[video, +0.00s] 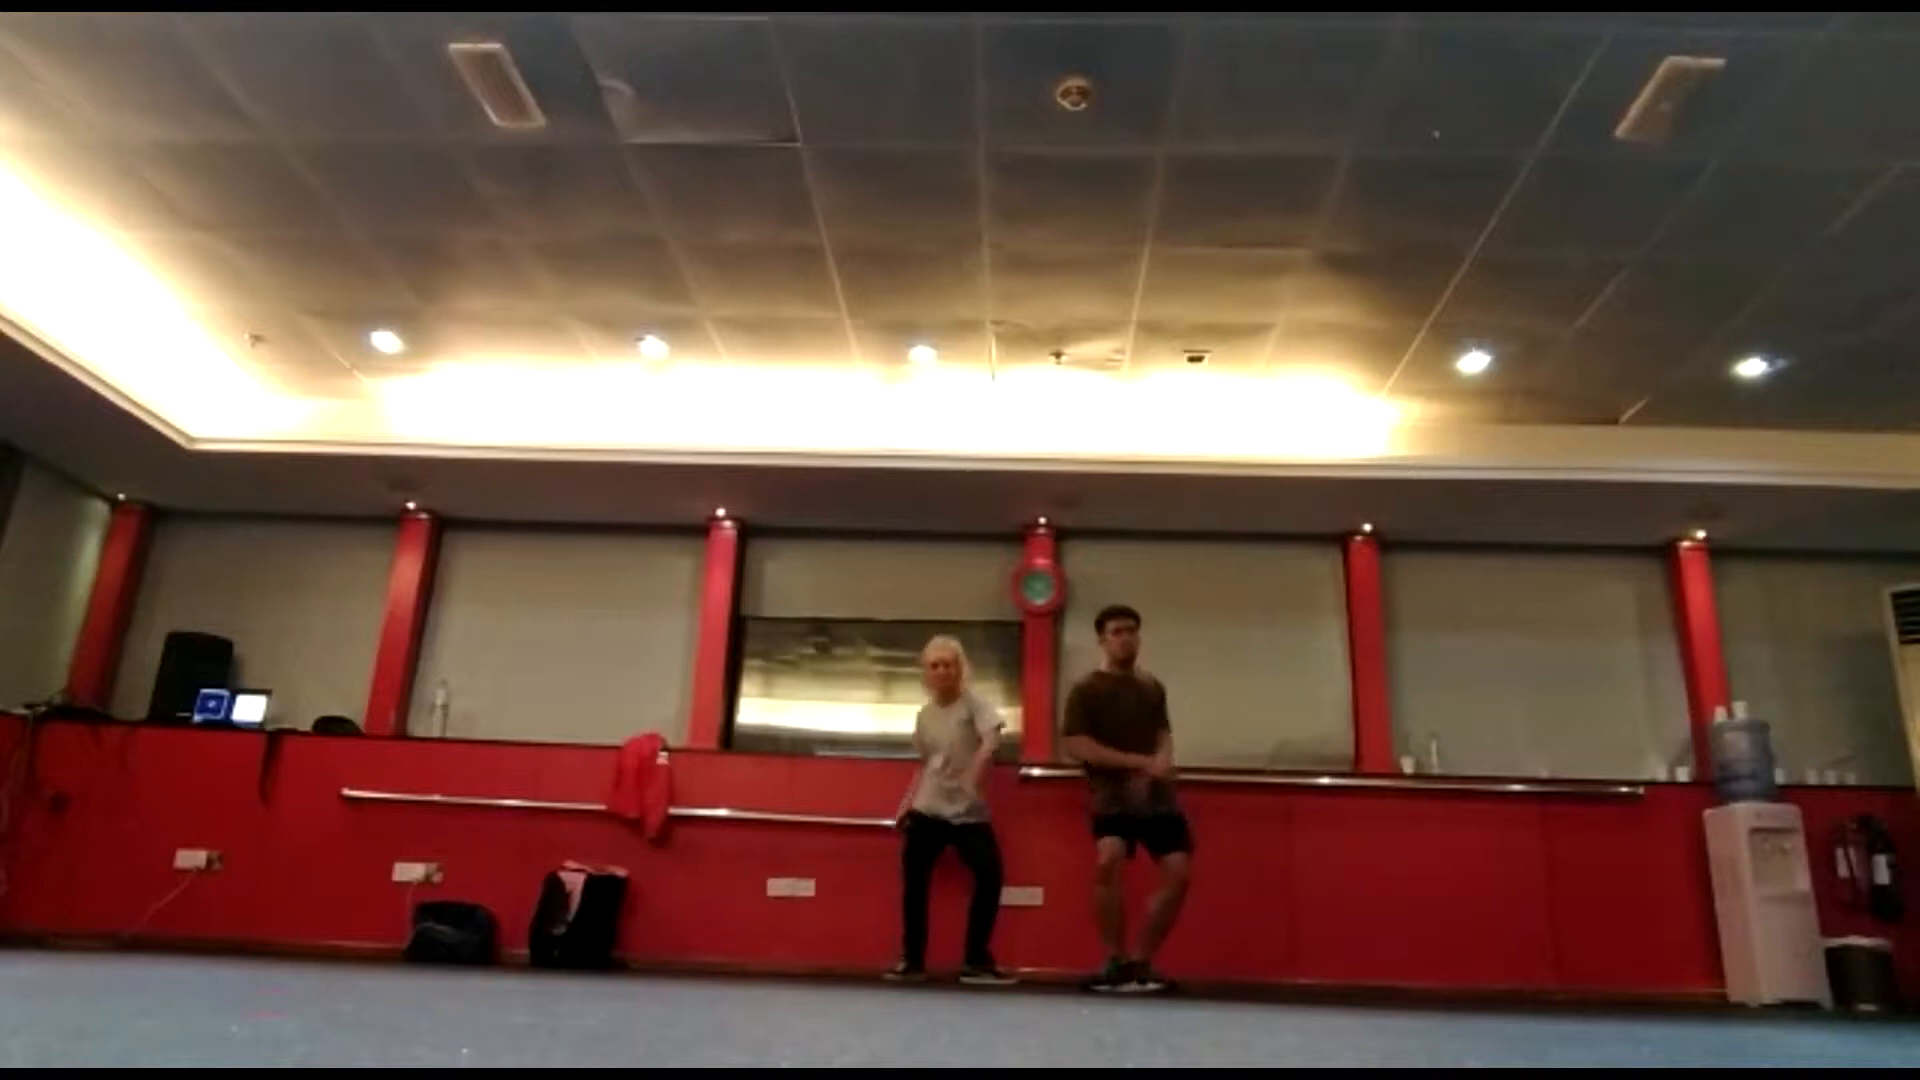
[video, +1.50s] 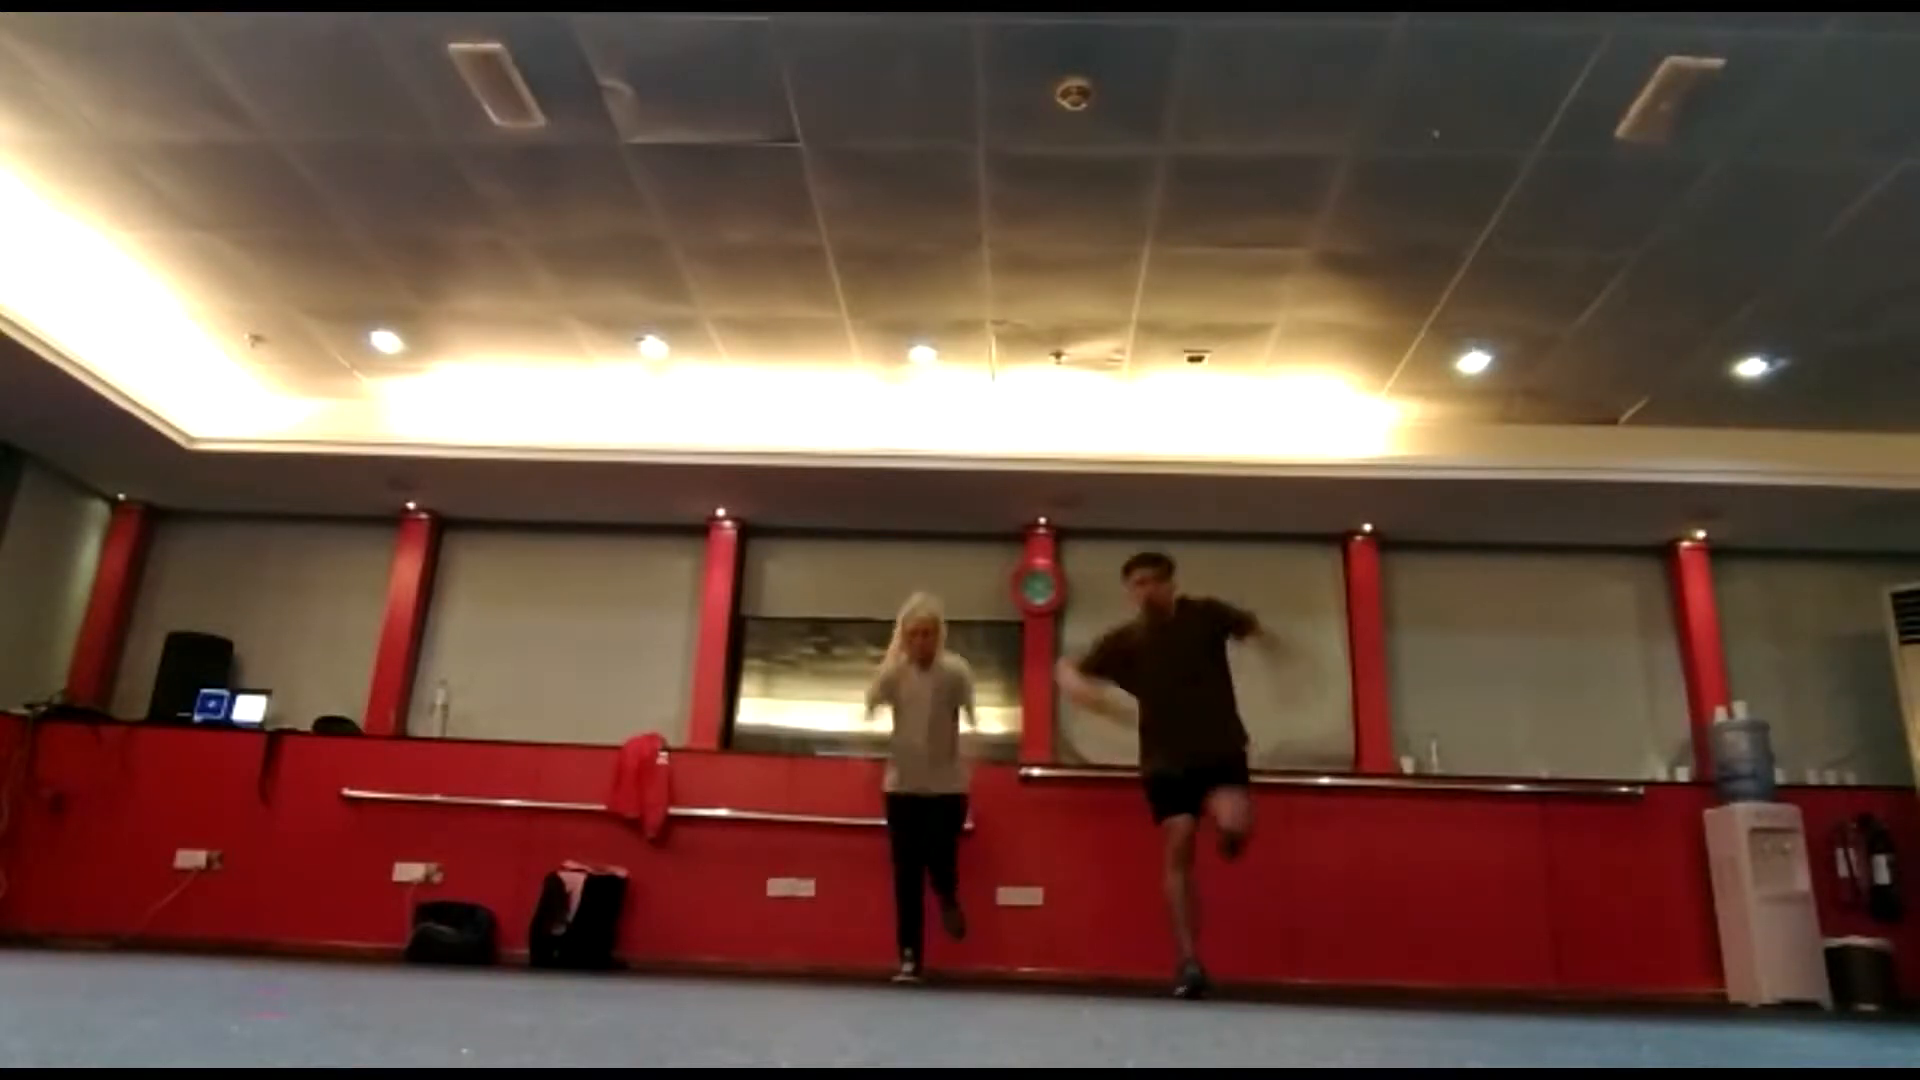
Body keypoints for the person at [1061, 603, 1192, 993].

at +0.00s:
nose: (1124, 639)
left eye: (1130, 631)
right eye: (1115, 632)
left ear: (1139, 637)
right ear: (1101, 640)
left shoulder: (1151, 689)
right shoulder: (1086, 690)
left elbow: (1162, 734)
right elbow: (1075, 744)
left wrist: (1162, 762)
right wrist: (1136, 762)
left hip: (1152, 791)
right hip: (1111, 793)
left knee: (1177, 869)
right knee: (1109, 858)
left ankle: (1142, 960)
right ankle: (1114, 957)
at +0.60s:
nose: (1162, 664)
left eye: (1170, 658)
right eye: (1157, 655)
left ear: (1180, 665)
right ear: (1143, 656)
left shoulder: (1179, 715)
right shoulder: (1110, 693)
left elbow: (1214, 764)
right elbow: (1073, 739)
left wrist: (1208, 788)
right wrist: (1098, 789)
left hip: (1154, 807)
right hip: (1108, 803)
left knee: (1162, 879)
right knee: (1104, 887)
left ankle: (1136, 965)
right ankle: (1098, 963)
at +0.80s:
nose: (1171, 619)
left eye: (1180, 612)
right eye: (1166, 610)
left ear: (1192, 619)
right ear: (1154, 613)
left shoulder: (1195, 675)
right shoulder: (1123, 645)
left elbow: (1183, 736)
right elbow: (1090, 691)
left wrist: (1179, 790)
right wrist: (1104, 737)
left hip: (1158, 763)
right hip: (1115, 752)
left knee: (1154, 851)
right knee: (1113, 809)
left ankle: (1141, 948)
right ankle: (1106, 850)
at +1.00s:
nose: (1154, 610)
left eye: (1162, 602)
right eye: (1147, 603)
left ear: (1177, 607)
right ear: (1137, 609)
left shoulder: (1197, 660)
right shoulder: (1122, 646)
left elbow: (1188, 730)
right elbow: (1097, 692)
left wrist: (1172, 788)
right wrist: (1120, 732)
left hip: (1173, 754)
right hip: (1131, 745)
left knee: (1162, 846)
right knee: (1137, 797)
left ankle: (1151, 948)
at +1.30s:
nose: (1122, 647)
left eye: (1129, 637)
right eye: (1113, 641)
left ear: (1145, 638)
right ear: (1105, 648)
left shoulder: (1187, 670)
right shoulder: (1118, 698)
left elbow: (1249, 695)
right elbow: (1119, 753)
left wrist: (1200, 731)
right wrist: (1143, 766)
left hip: (1210, 783)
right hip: (1162, 785)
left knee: (1191, 879)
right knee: (1170, 845)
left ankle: (1153, 950)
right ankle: (1188, 958)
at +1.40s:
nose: (1132, 614)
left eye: (1138, 603)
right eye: (1124, 608)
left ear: (1156, 604)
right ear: (1116, 616)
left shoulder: (1198, 636)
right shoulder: (1122, 666)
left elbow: (1250, 665)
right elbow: (1111, 728)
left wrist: (1219, 708)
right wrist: (1158, 734)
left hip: (1216, 759)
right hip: (1165, 764)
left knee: (1223, 852)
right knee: (1176, 844)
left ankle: (1196, 880)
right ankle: (1188, 959)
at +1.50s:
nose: (1147, 592)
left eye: (1153, 581)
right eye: (1138, 584)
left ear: (1171, 582)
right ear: (1128, 591)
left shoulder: (1206, 615)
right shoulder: (1126, 640)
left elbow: (1256, 630)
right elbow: (1070, 676)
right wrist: (1104, 701)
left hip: (1218, 742)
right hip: (1166, 751)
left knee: (1234, 821)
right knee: (1179, 845)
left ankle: (1232, 834)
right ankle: (1188, 960)